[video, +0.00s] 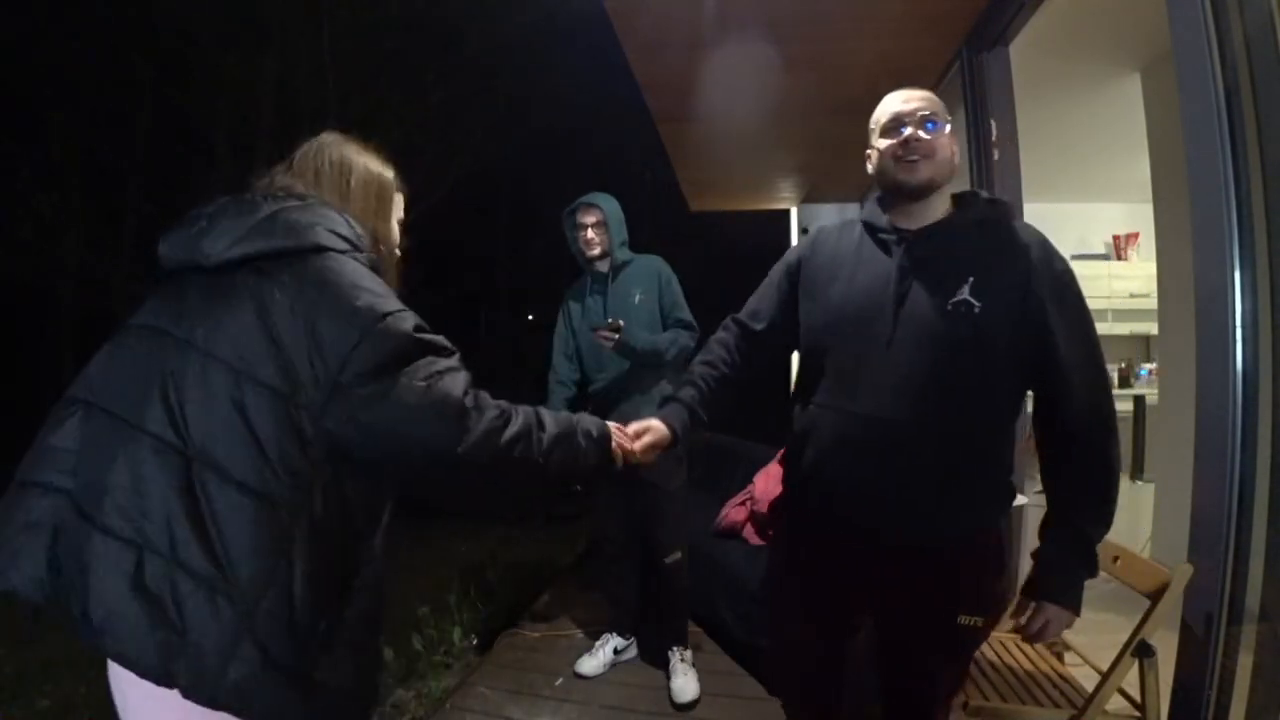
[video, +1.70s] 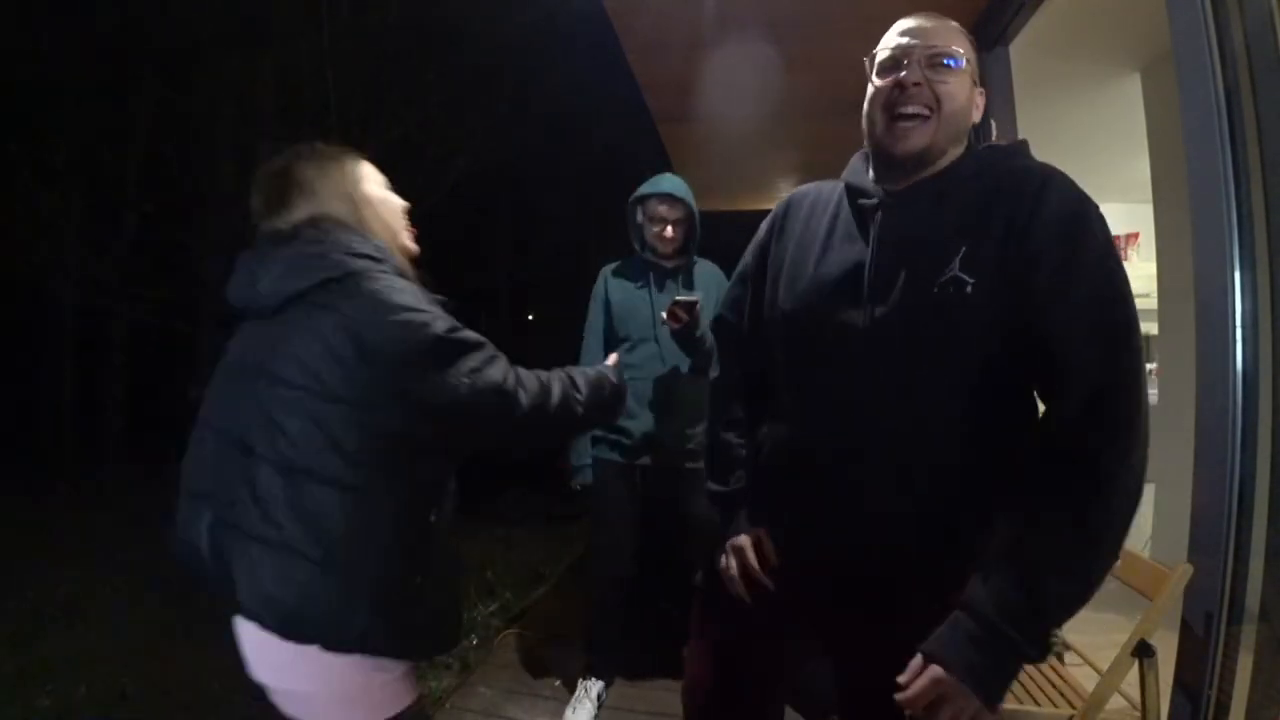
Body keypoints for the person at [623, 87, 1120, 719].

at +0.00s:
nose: (912, 132)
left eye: (930, 122)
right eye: (894, 126)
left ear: (957, 153)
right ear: (869, 158)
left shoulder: (1018, 255)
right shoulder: (821, 249)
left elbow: (1081, 419)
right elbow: (740, 344)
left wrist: (1063, 569)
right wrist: (673, 419)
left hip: (951, 542)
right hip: (821, 532)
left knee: (916, 703)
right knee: (813, 699)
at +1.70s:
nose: (909, 76)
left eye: (941, 63)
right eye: (891, 64)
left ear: (979, 102)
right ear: (865, 99)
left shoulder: (1040, 209)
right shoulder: (796, 218)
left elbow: (1104, 440)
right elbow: (730, 376)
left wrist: (990, 638)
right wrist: (735, 511)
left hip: (944, 596)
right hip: (787, 582)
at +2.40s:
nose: (851, 105)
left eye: (877, 87)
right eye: (822, 96)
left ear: (920, 125)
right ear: (793, 147)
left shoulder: (1019, 259)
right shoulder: (735, 278)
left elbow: (1085, 469)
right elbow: (697, 462)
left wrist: (965, 643)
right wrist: (747, 606)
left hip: (945, 645)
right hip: (786, 639)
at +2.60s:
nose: (804, 166)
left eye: (841, 133)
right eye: (776, 144)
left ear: (911, 160)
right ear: (752, 178)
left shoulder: (1019, 309)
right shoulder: (708, 317)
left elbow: (1121, 534)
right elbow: (659, 498)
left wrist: (969, 668)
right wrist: (713, 627)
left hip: (935, 686)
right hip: (763, 681)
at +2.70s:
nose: (733, 212)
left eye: (772, 171)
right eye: (706, 187)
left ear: (866, 183)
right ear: (690, 206)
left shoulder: (994, 333)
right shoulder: (686, 338)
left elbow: (1132, 583)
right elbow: (658, 504)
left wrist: (962, 693)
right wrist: (700, 634)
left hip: (941, 668)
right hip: (768, 671)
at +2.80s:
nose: (640, 242)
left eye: (673, 202)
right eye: (628, 210)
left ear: (794, 198)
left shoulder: (938, 341)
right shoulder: (660, 358)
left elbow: (1113, 601)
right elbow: (655, 508)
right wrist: (674, 630)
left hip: (939, 684)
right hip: (759, 677)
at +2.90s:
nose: (546, 255)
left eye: (572, 215)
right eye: (538, 225)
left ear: (695, 197)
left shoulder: (854, 326)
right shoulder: (632, 341)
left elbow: (1042, 594)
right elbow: (637, 512)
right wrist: (660, 626)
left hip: (922, 673)